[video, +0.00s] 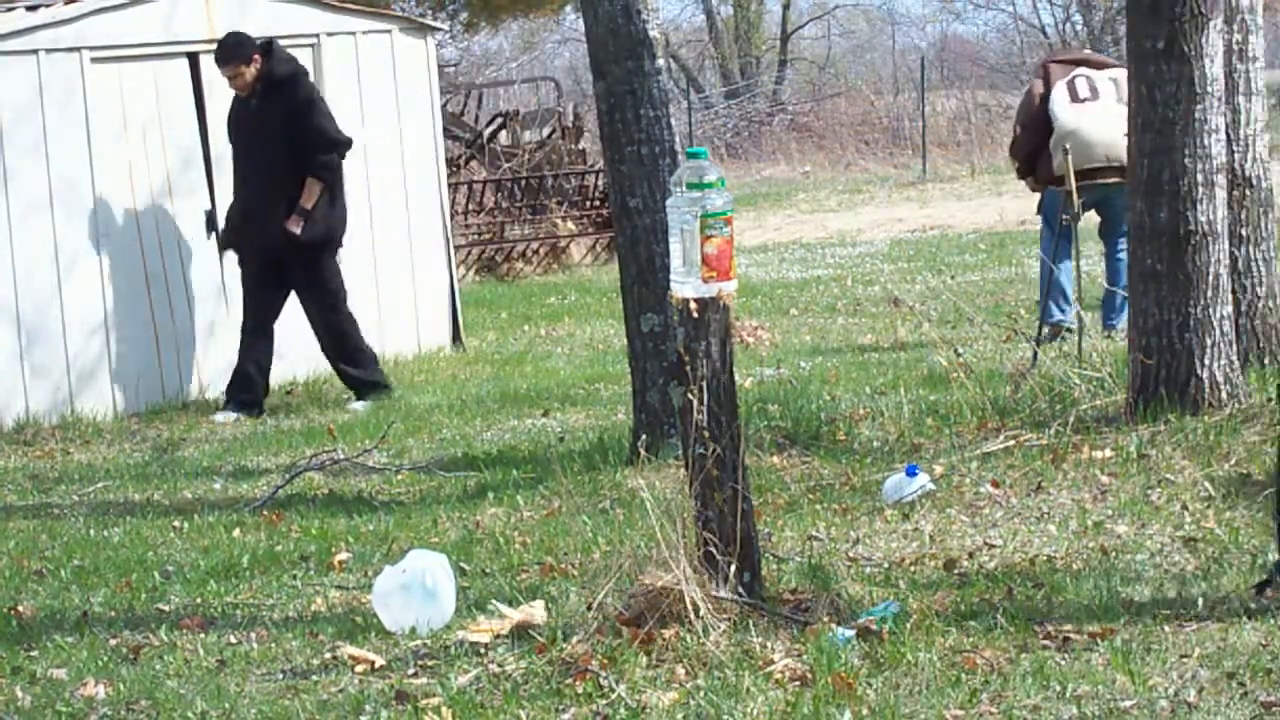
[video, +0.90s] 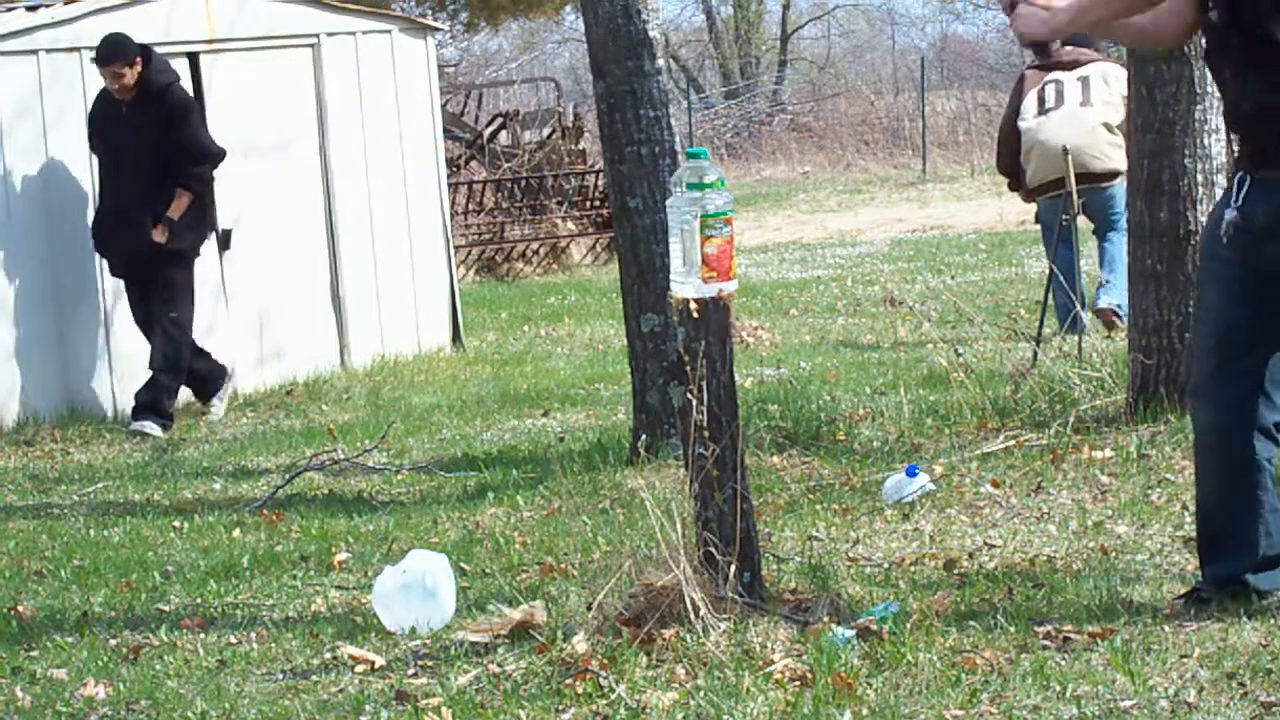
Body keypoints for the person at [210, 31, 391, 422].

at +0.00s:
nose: (232, 84)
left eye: (235, 75)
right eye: (227, 77)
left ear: (256, 62)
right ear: (228, 71)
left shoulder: (292, 89)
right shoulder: (241, 106)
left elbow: (330, 148)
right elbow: (248, 174)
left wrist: (302, 211)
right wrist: (237, 222)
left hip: (305, 229)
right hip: (261, 232)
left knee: (330, 314)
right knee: (256, 324)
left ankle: (372, 389)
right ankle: (244, 404)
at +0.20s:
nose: (194, 83)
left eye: (198, 75)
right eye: (189, 76)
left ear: (218, 62)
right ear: (186, 71)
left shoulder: (255, 85)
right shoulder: (202, 101)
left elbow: (293, 146)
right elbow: (209, 164)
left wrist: (263, 206)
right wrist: (204, 213)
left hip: (263, 219)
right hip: (224, 222)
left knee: (273, 303)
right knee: (234, 315)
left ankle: (333, 375)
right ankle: (244, 402)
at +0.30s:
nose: (180, 83)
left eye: (185, 74)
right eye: (175, 76)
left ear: (204, 61)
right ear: (173, 71)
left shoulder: (242, 85)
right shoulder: (188, 104)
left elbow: (282, 143)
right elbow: (197, 165)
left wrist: (249, 202)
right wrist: (194, 211)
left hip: (252, 219)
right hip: (213, 222)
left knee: (250, 303)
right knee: (225, 312)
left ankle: (296, 384)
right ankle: (243, 402)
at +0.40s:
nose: (169, 84)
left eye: (174, 76)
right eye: (164, 78)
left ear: (192, 62)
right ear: (162, 72)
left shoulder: (230, 84)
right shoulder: (176, 104)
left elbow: (270, 144)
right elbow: (186, 163)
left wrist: (236, 203)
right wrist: (184, 211)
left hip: (241, 220)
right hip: (205, 222)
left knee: (230, 304)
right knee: (217, 309)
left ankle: (249, 400)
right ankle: (235, 399)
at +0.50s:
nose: (159, 84)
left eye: (164, 75)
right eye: (153, 77)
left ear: (181, 62)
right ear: (148, 73)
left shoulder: (219, 86)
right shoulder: (163, 108)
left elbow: (259, 145)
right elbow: (175, 166)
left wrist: (225, 205)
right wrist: (172, 214)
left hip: (229, 218)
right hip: (191, 219)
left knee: (212, 306)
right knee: (218, 309)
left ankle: (198, 403)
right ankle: (243, 399)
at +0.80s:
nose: (124, 88)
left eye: (130, 79)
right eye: (117, 81)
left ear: (148, 66)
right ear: (112, 76)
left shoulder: (180, 98)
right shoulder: (121, 108)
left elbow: (213, 164)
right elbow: (128, 171)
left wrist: (178, 223)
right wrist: (125, 222)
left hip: (187, 227)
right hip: (145, 228)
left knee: (173, 318)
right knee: (183, 315)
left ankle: (153, 415)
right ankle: (238, 398)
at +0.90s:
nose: (113, 85)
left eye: (120, 77)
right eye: (107, 78)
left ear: (138, 65)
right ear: (99, 72)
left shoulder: (173, 100)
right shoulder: (104, 106)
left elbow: (199, 165)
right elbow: (110, 168)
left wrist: (169, 221)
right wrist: (104, 218)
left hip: (173, 229)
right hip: (125, 230)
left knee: (171, 319)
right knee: (147, 319)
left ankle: (153, 414)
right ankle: (211, 377)